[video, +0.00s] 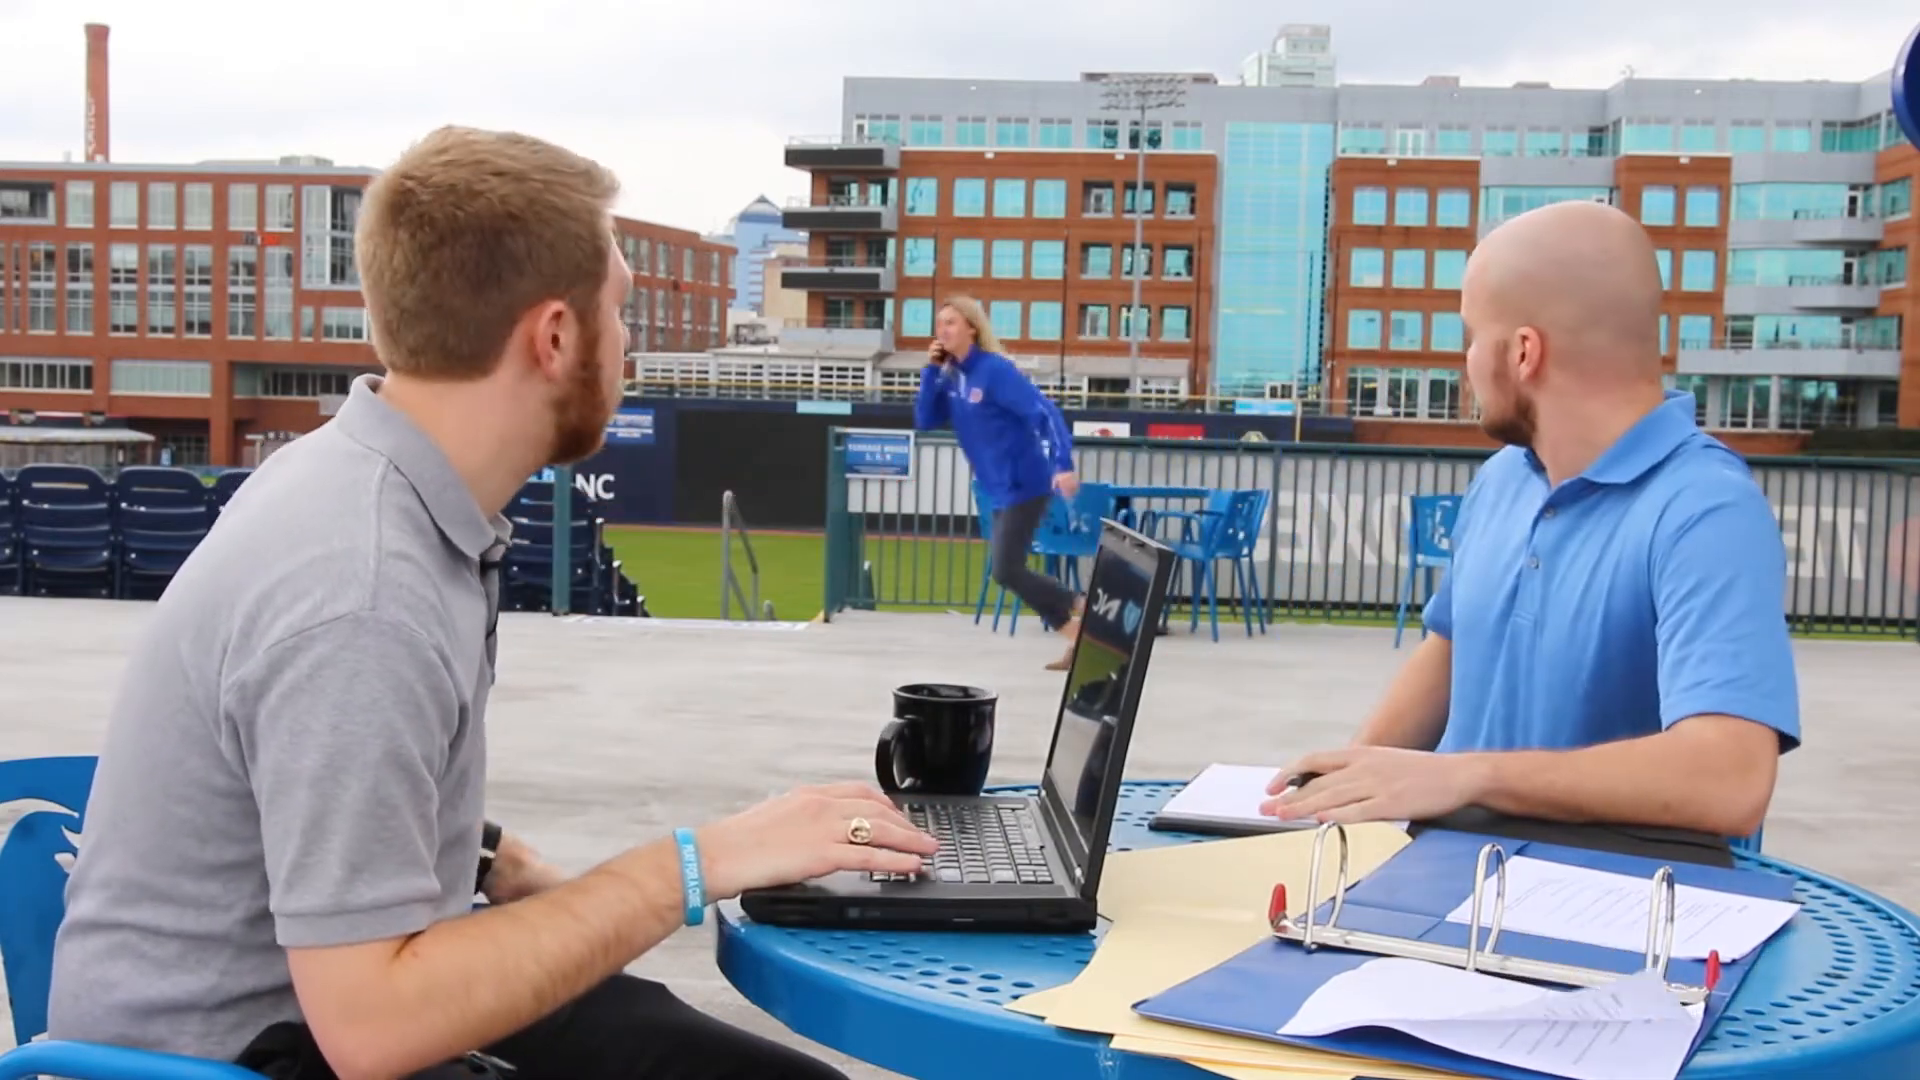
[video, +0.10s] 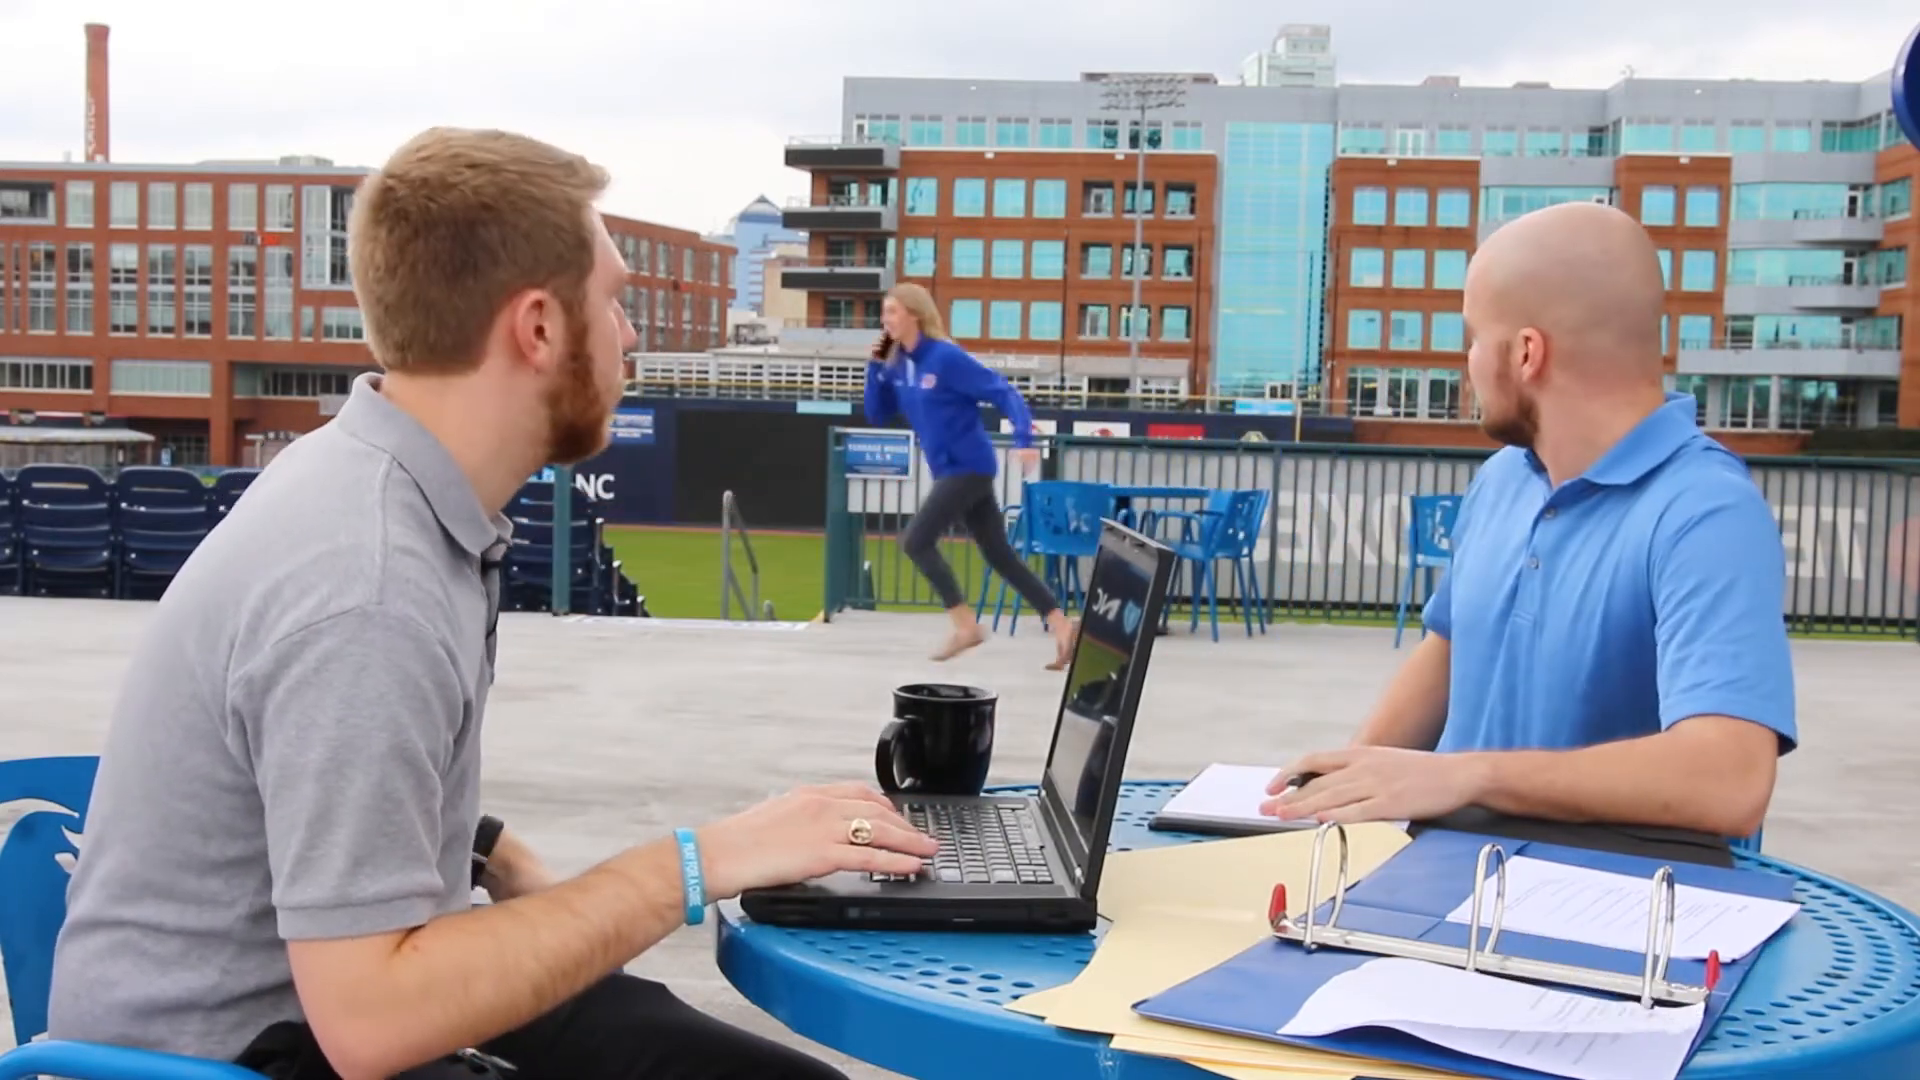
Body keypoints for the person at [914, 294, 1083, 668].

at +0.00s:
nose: (942, 331)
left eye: (950, 323)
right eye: (939, 324)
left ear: (971, 328)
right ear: (938, 332)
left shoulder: (995, 369)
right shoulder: (948, 375)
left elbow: (1045, 413)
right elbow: (925, 421)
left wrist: (1063, 465)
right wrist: (931, 370)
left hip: (1028, 482)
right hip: (998, 487)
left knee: (1006, 569)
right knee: (1008, 570)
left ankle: (1076, 608)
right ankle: (1074, 633)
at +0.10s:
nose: (885, 320)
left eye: (891, 312)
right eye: (884, 313)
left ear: (915, 315)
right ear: (892, 319)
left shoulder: (945, 356)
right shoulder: (899, 363)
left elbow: (1003, 391)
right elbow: (877, 414)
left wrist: (1024, 437)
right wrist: (876, 367)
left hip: (970, 470)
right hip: (953, 472)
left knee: (916, 541)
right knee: (1000, 556)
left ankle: (966, 625)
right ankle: (1061, 625)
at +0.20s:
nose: (822, 314)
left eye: (828, 306)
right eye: (822, 306)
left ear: (853, 310)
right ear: (846, 313)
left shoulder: (883, 349)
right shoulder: (846, 356)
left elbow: (930, 399)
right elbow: (837, 406)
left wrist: (907, 453)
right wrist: (817, 366)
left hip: (908, 464)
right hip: (892, 465)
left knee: (865, 544)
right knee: (911, 559)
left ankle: (907, 634)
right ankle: (999, 589)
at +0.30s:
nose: (763, 325)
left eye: (768, 318)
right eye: (763, 318)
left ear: (791, 323)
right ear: (788, 325)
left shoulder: (812, 364)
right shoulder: (795, 362)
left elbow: (807, 428)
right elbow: (789, 398)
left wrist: (746, 440)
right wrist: (768, 365)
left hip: (854, 477)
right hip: (827, 476)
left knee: (848, 563)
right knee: (783, 545)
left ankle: (909, 638)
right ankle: (861, 582)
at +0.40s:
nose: (687, 310)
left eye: (692, 302)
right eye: (687, 302)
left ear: (714, 306)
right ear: (709, 306)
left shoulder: (727, 347)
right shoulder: (721, 344)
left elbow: (706, 408)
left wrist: (670, 397)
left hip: (773, 459)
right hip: (749, 460)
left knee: (809, 544)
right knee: (695, 523)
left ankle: (882, 617)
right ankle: (731, 613)